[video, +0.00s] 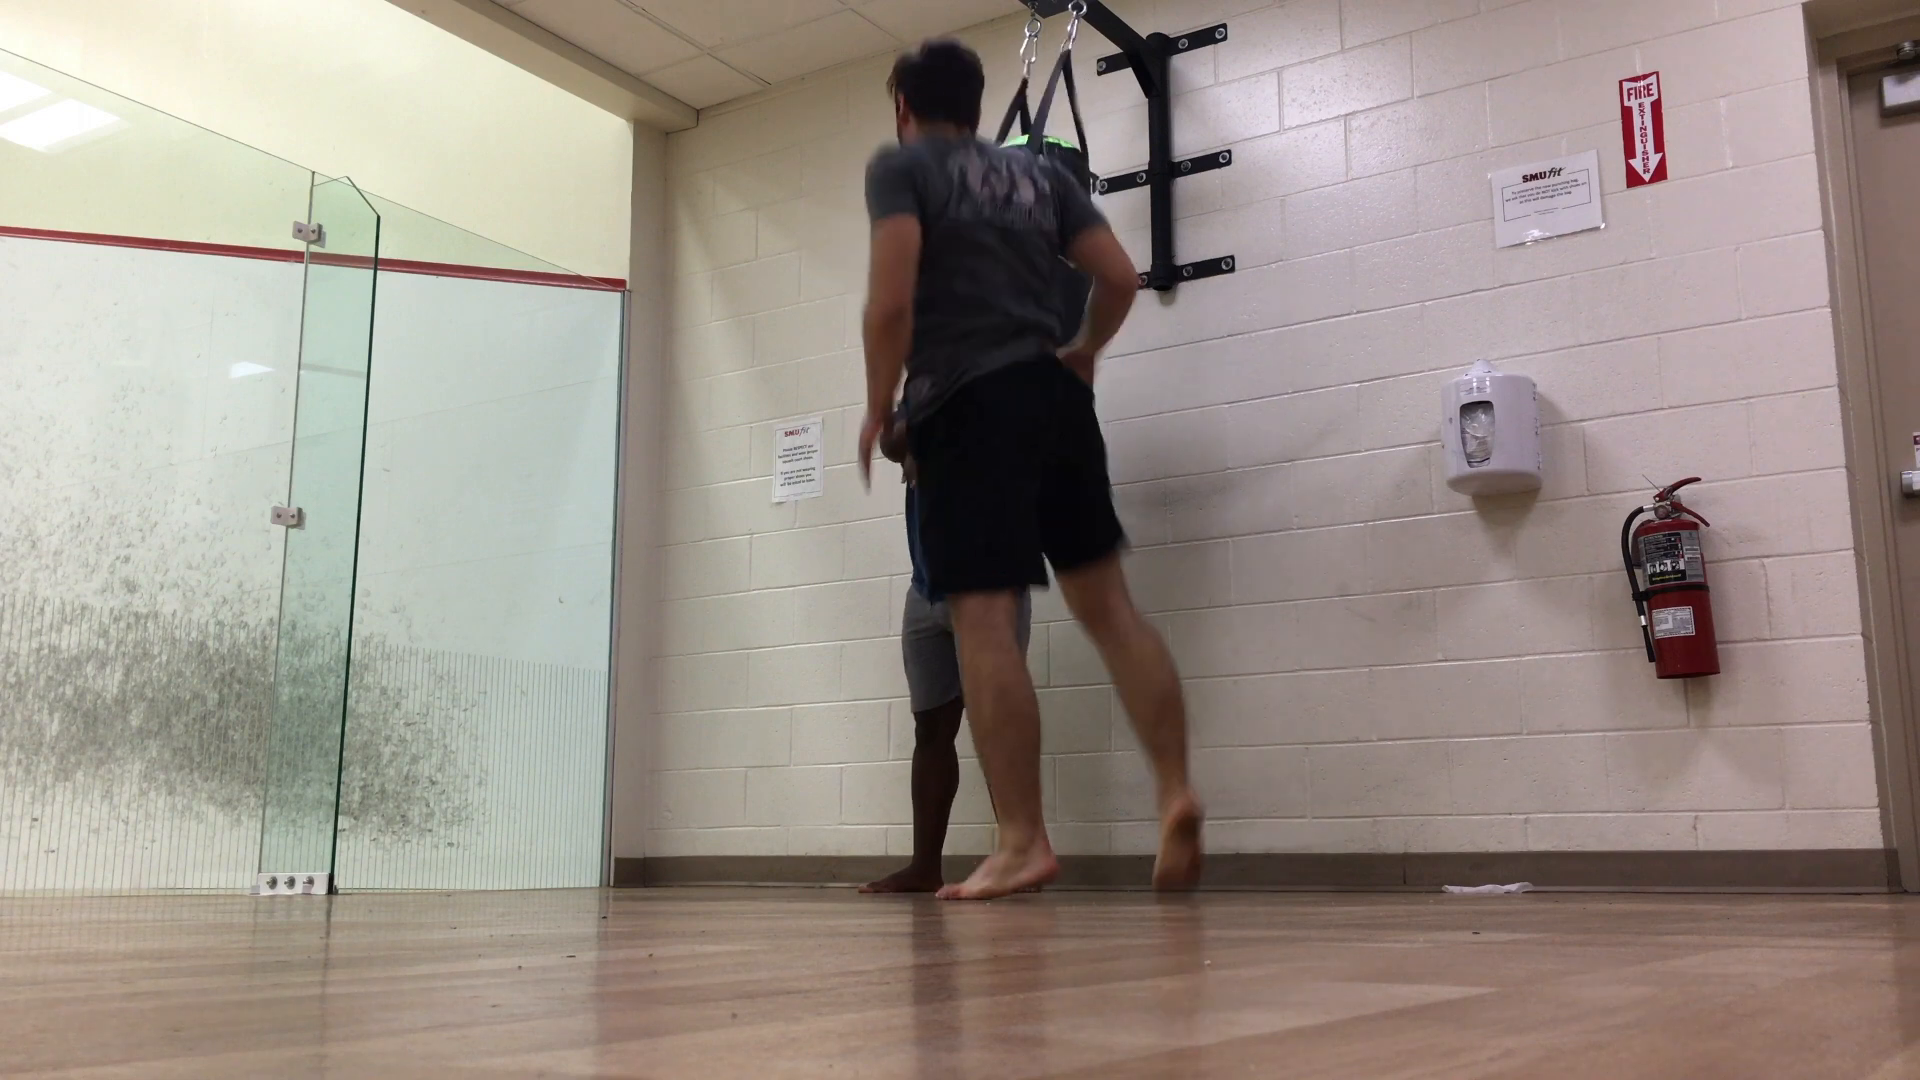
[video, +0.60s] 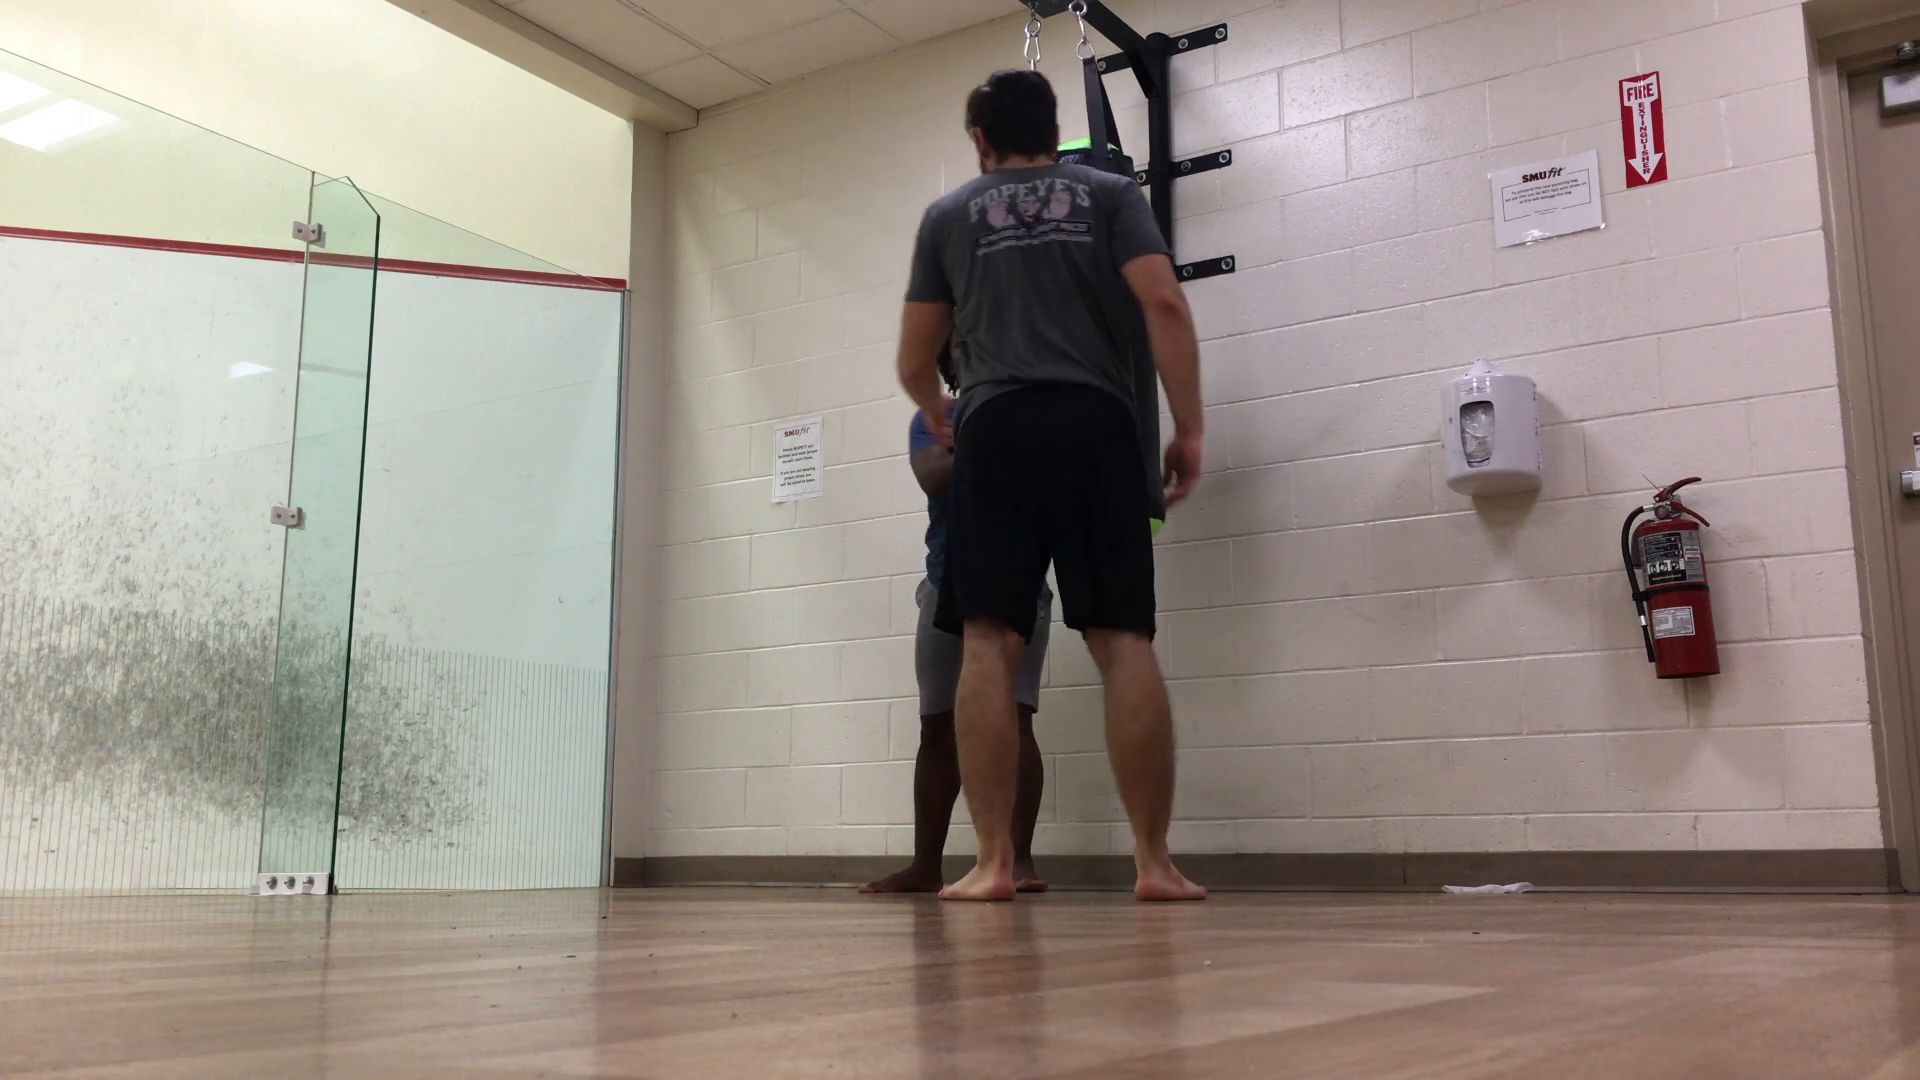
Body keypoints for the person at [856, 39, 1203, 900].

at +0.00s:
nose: (891, 123)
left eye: (892, 111)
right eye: (894, 111)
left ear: (903, 109)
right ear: (978, 110)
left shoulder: (900, 164)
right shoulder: (1040, 171)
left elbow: (891, 304)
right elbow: (1119, 276)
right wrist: (1082, 352)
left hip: (967, 417)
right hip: (1059, 404)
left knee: (985, 630)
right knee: (1109, 608)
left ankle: (1022, 843)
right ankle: (1177, 790)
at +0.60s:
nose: (975, 152)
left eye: (971, 141)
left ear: (980, 143)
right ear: (1057, 135)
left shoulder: (946, 217)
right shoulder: (1111, 193)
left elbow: (915, 363)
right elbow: (1164, 299)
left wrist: (943, 412)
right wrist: (1188, 424)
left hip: (996, 443)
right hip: (1101, 437)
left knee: (986, 643)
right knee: (1125, 643)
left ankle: (995, 861)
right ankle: (1153, 860)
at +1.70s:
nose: (984, 140)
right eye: (984, 130)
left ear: (904, 142)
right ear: (981, 135)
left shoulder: (856, 222)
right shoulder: (1008, 197)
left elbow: (833, 366)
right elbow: (1041, 314)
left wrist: (903, 396)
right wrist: (1091, 436)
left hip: (889, 441)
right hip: (991, 436)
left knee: (877, 643)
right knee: (1063, 631)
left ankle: (885, 861)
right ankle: (1117, 844)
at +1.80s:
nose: (961, 140)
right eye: (962, 128)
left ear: (880, 139)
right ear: (955, 130)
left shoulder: (832, 221)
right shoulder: (976, 185)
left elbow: (820, 364)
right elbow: (1003, 301)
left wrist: (874, 430)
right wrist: (1048, 425)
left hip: (870, 442)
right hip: (972, 429)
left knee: (867, 643)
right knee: (1032, 622)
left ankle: (883, 861)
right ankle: (1018, 841)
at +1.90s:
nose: (939, 135)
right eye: (939, 124)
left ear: (858, 135)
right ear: (935, 126)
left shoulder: (813, 222)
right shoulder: (947, 175)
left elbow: (813, 365)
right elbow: (967, 285)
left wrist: (837, 453)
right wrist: (1011, 416)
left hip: (848, 439)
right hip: (941, 424)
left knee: (859, 644)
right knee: (997, 625)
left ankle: (882, 859)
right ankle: (890, 809)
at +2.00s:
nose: (921, 126)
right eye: (919, 115)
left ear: (837, 130)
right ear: (914, 118)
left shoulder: (801, 219)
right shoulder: (921, 166)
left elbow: (794, 368)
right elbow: (943, 281)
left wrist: (793, 487)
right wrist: (991, 407)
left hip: (828, 440)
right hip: (909, 426)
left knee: (854, 642)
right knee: (936, 629)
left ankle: (884, 860)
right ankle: (775, 782)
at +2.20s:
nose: (905, 120)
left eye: (901, 106)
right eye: (901, 104)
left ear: (821, 116)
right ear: (881, 99)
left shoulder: (783, 206)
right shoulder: (868, 153)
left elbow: (753, 346)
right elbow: (898, 282)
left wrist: (748, 475)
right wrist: (995, 396)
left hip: (798, 425)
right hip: (835, 421)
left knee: (890, 631)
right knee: (800, 616)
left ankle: (882, 852)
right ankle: (655, 819)